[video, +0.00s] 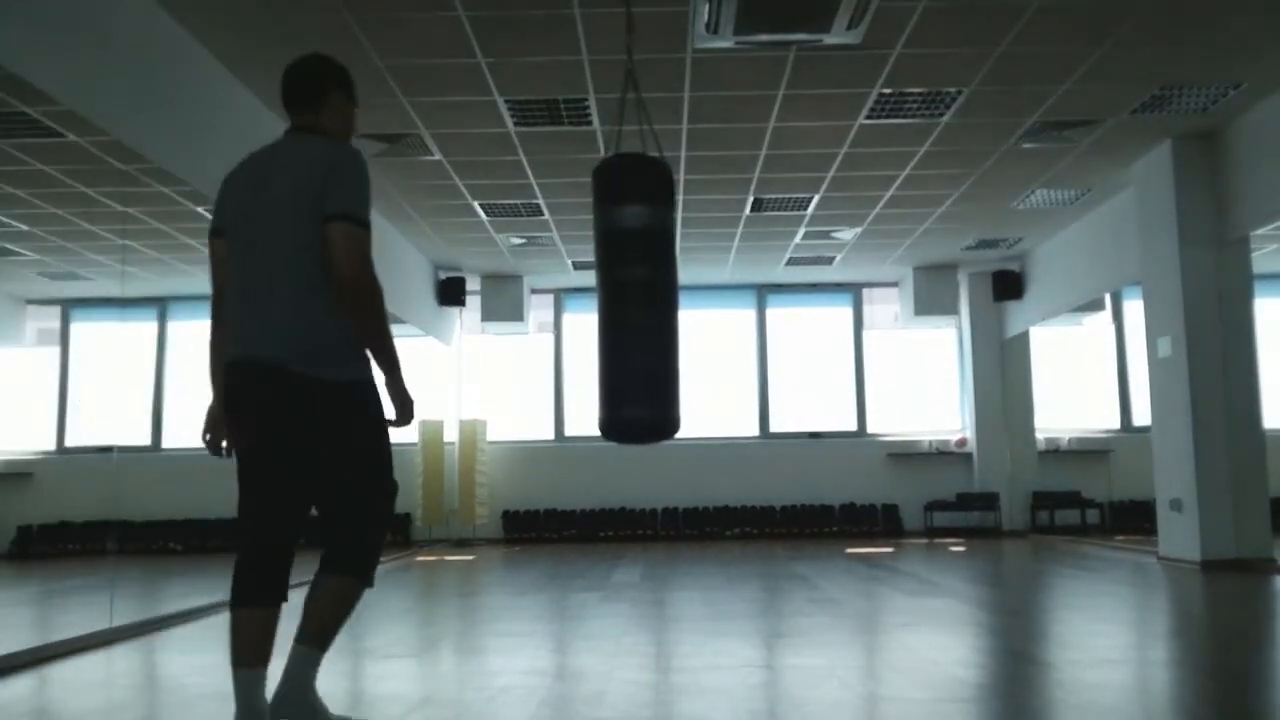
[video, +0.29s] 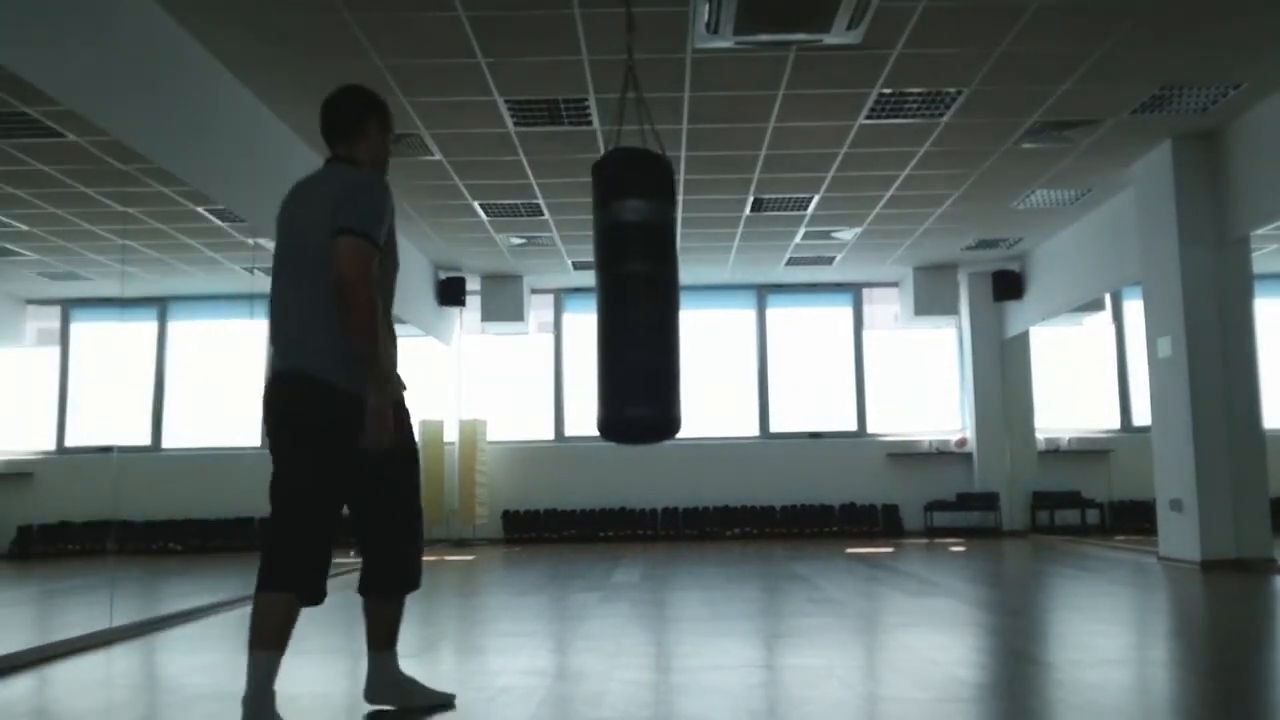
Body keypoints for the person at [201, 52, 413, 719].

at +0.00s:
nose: (354, 118)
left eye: (352, 106)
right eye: (350, 106)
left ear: (289, 106)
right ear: (334, 104)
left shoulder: (239, 177)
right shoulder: (341, 163)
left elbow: (223, 300)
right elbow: (354, 275)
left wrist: (222, 395)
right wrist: (393, 375)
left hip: (253, 386)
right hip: (330, 384)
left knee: (264, 537)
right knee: (363, 522)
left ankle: (248, 706)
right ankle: (296, 685)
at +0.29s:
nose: (388, 148)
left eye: (387, 136)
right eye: (386, 136)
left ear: (329, 137)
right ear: (371, 134)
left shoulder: (299, 196)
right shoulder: (364, 188)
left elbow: (295, 299)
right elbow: (353, 279)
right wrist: (381, 380)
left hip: (295, 393)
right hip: (356, 394)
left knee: (292, 543)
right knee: (392, 532)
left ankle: (258, 697)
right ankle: (384, 672)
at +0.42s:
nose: (404, 149)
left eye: (402, 137)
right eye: (399, 137)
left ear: (346, 141)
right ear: (380, 138)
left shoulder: (317, 201)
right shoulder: (377, 191)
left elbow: (311, 302)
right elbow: (364, 285)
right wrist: (390, 387)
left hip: (324, 397)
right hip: (377, 399)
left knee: (348, 521)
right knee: (401, 535)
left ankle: (283, 608)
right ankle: (385, 679)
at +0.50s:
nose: (407, 150)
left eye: (405, 139)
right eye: (404, 139)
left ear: (349, 142)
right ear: (389, 139)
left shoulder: (321, 202)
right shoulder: (390, 192)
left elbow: (288, 297)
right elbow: (395, 287)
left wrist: (293, 363)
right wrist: (420, 382)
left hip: (340, 389)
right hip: (384, 387)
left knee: (458, 429)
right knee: (410, 524)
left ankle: (340, 500)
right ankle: (386, 673)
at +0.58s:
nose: (409, 152)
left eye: (407, 141)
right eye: (404, 141)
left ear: (352, 145)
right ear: (385, 141)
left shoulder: (318, 206)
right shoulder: (397, 193)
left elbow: (265, 288)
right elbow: (420, 284)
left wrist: (231, 361)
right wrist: (448, 378)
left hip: (345, 389)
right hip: (396, 384)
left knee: (493, 368)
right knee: (410, 519)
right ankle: (388, 667)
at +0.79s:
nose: (411, 160)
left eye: (410, 149)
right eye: (407, 149)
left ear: (353, 151)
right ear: (389, 147)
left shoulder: (309, 210)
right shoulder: (402, 202)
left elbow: (231, 268)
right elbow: (448, 297)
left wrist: (153, 320)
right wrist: (489, 363)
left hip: (359, 382)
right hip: (394, 380)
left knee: (502, 328)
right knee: (395, 536)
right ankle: (385, 683)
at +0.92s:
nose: (432, 187)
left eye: (431, 176)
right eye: (425, 175)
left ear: (387, 178)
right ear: (402, 175)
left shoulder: (386, 235)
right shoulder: (382, 217)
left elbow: (435, 307)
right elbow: (349, 302)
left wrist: (443, 250)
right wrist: (404, 280)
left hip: (407, 396)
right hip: (435, 354)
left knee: (436, 527)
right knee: (553, 305)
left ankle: (430, 671)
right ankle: (683, 296)